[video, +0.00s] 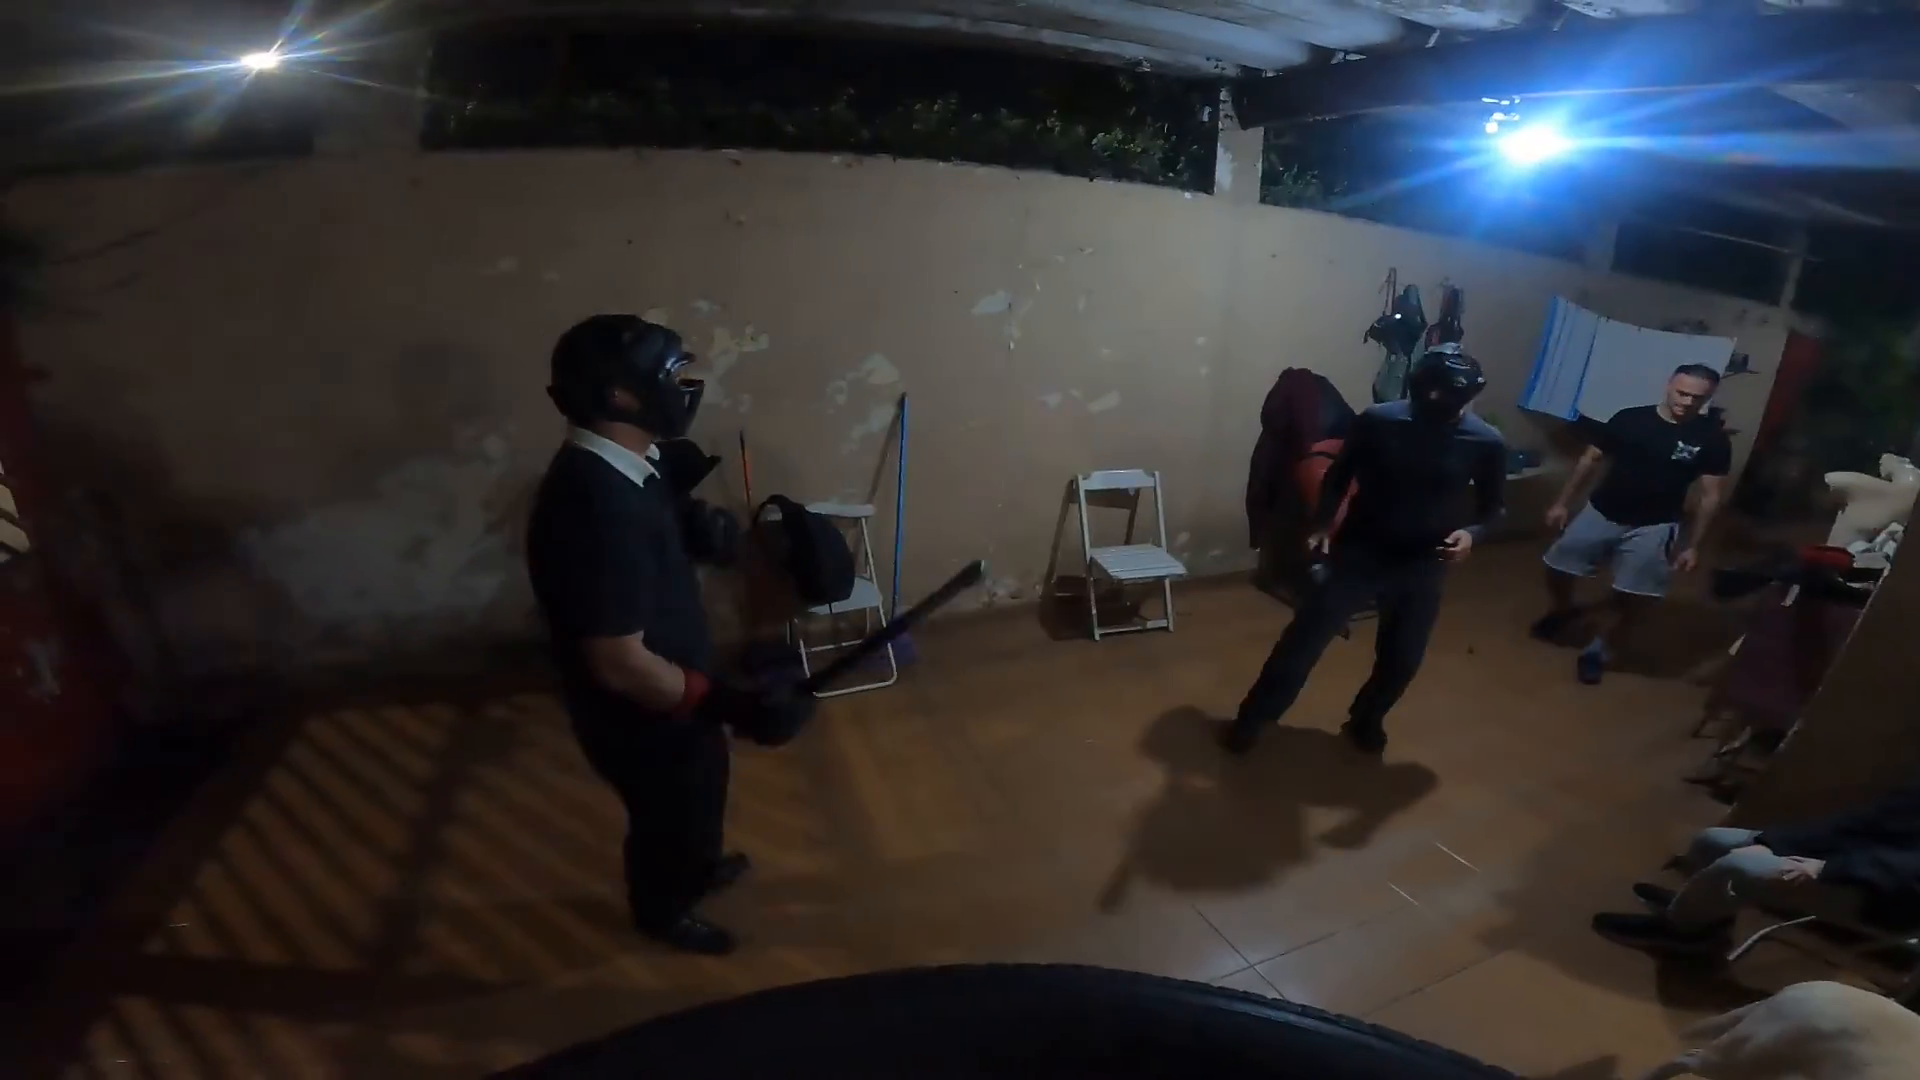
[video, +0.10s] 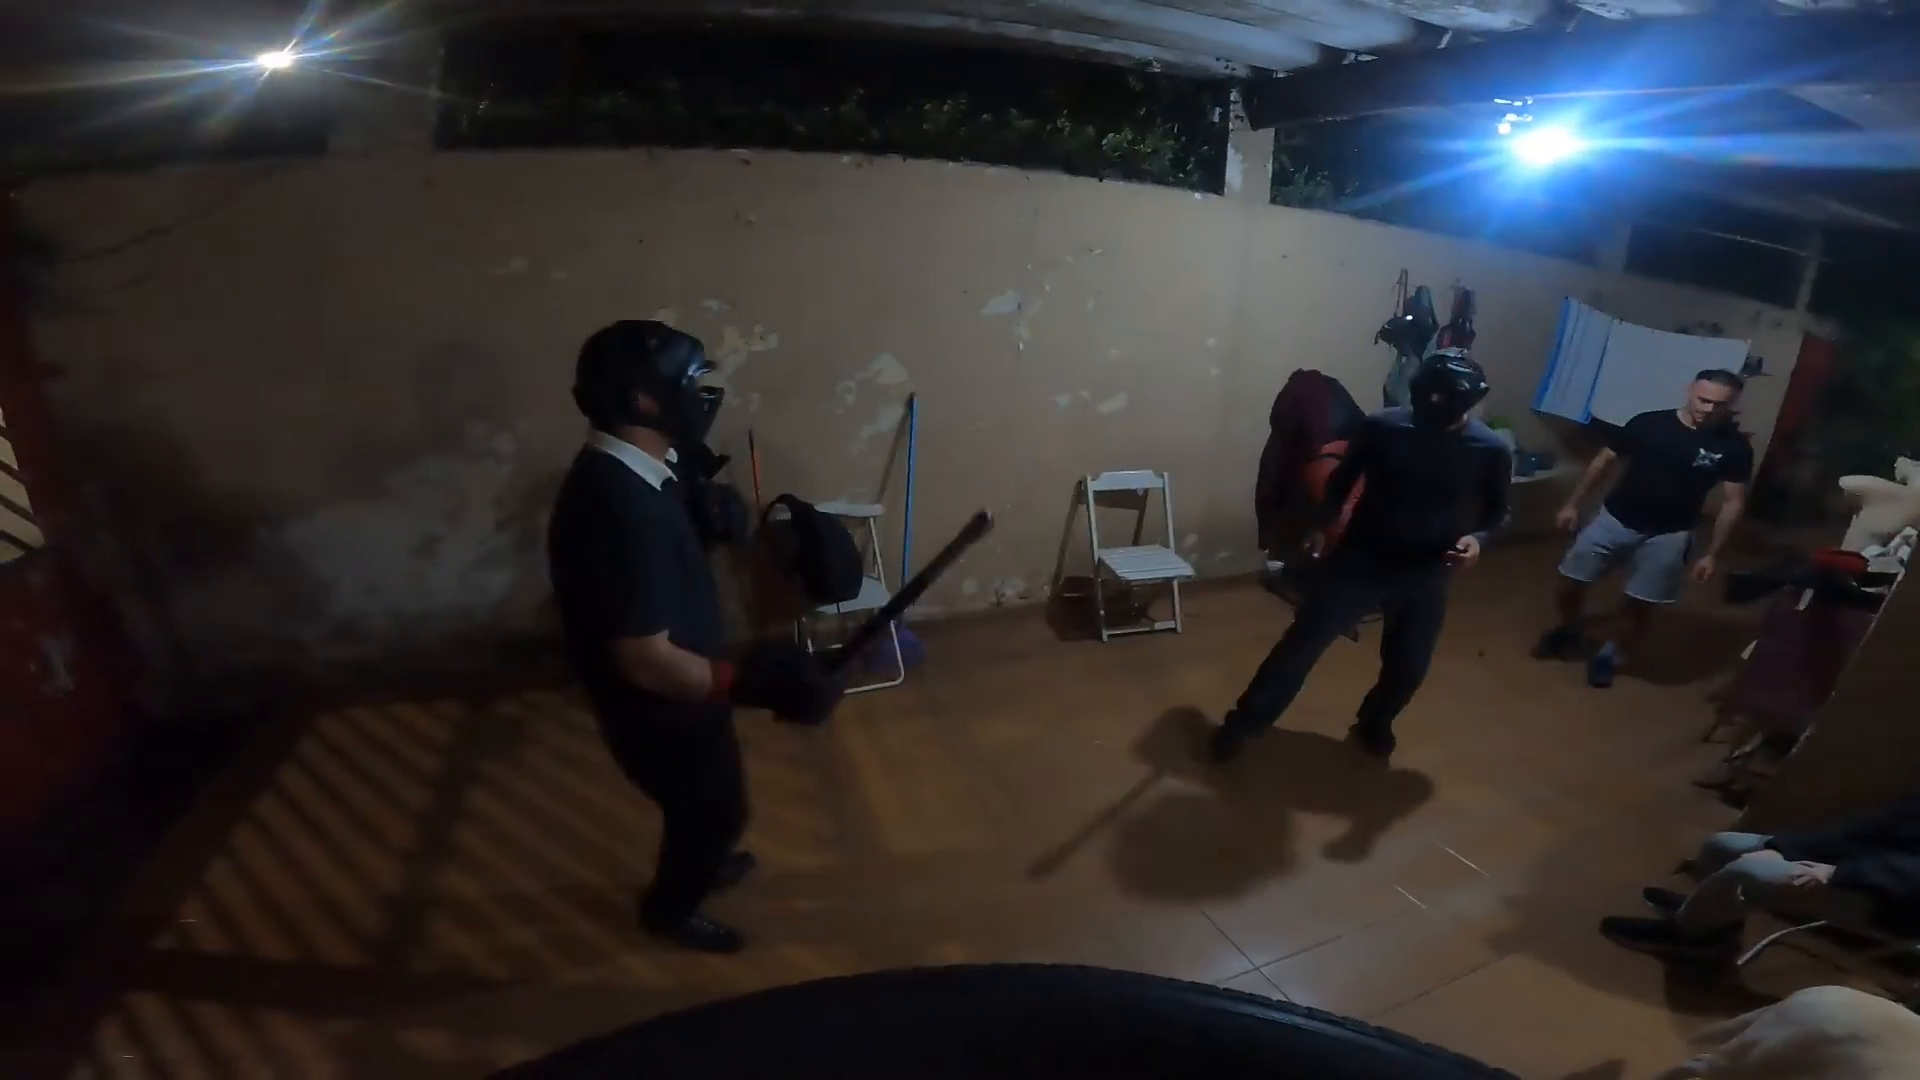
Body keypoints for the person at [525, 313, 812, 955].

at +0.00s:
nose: (684, 383)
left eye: (679, 368)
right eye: (665, 373)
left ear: (620, 398)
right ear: (620, 397)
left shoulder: (631, 466)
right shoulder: (588, 498)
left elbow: (635, 542)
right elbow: (616, 655)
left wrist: (692, 530)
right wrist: (713, 700)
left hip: (668, 689)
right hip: (633, 710)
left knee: (694, 788)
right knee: (666, 815)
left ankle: (695, 866)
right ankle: (662, 914)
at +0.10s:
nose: (703, 393)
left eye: (699, 378)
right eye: (687, 381)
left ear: (643, 401)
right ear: (644, 400)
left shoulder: (648, 468)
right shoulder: (609, 499)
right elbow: (638, 652)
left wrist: (705, 518)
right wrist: (745, 682)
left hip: (677, 683)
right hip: (649, 702)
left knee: (707, 785)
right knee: (707, 810)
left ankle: (703, 861)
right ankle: (672, 909)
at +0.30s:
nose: (753, 400)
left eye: (750, 385)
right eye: (738, 389)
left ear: (692, 408)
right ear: (697, 407)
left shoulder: (663, 470)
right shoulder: (662, 500)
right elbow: (689, 650)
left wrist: (748, 517)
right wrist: (793, 664)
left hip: (681, 670)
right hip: (679, 687)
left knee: (724, 765)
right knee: (798, 792)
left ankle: (709, 877)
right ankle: (755, 905)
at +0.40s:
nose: (787, 403)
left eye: (782, 389)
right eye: (771, 391)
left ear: (724, 411)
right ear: (730, 410)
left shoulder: (680, 473)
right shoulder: (701, 503)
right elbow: (718, 643)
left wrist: (784, 520)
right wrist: (808, 659)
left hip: (679, 668)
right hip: (704, 682)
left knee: (739, 752)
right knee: (819, 784)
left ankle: (723, 867)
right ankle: (837, 909)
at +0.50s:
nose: (823, 405)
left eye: (819, 392)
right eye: (809, 395)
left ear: (757, 414)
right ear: (770, 416)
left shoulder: (694, 472)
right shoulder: (742, 510)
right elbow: (765, 652)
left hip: (686, 660)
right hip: (730, 679)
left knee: (758, 745)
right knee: (834, 778)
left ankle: (732, 861)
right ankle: (890, 900)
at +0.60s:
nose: (853, 407)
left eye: (847, 391)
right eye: (839, 395)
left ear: (760, 416)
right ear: (804, 422)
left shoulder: (705, 469)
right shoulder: (784, 531)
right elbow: (826, 658)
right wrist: (939, 617)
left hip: (707, 667)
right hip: (768, 689)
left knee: (759, 763)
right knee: (858, 785)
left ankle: (733, 865)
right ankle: (895, 901)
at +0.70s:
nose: (868, 410)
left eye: (864, 397)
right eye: (856, 399)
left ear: (777, 416)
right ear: (821, 423)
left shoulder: (721, 465)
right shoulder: (816, 532)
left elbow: (639, 472)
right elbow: (877, 651)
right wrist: (987, 592)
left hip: (714, 671)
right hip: (785, 696)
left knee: (759, 761)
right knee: (870, 786)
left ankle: (728, 867)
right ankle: (893, 902)